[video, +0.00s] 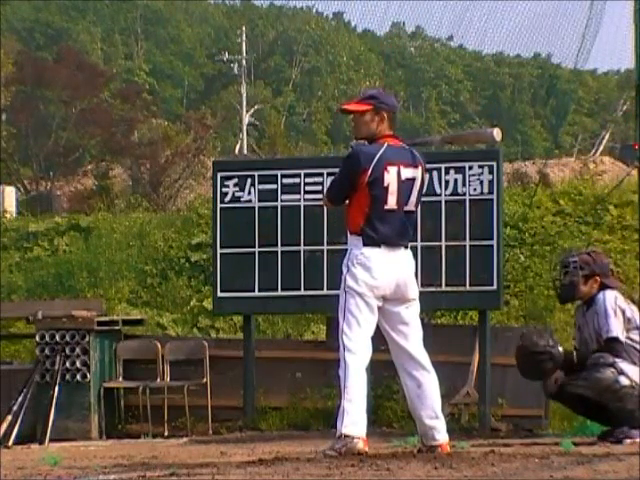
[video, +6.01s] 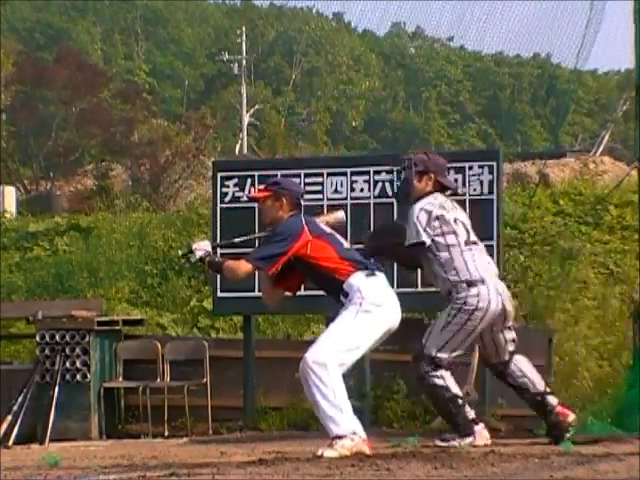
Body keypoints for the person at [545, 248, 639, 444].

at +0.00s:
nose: (566, 282)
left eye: (574, 277)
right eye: (566, 276)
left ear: (595, 282)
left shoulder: (607, 299)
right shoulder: (581, 311)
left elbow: (615, 349)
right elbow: (584, 356)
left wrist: (570, 362)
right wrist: (559, 367)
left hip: (634, 371)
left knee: (601, 370)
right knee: (557, 385)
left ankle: (632, 425)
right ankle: (618, 424)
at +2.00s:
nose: (577, 279)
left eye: (584, 273)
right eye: (577, 274)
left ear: (607, 278)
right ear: (604, 279)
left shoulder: (621, 299)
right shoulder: (598, 307)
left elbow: (623, 351)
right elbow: (592, 346)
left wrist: (577, 353)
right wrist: (565, 343)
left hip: (635, 375)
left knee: (605, 367)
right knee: (557, 379)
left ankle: (634, 426)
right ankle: (619, 424)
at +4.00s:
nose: (555, 287)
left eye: (563, 282)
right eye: (556, 281)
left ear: (585, 289)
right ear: (585, 290)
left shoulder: (587, 312)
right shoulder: (601, 309)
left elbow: (572, 357)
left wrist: (527, 341)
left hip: (629, 398)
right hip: (631, 394)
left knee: (552, 374)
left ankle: (606, 426)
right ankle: (624, 422)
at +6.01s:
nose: (409, 181)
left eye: (415, 176)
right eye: (410, 175)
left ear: (430, 180)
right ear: (434, 181)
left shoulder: (421, 209)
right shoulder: (453, 206)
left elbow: (415, 259)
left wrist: (384, 247)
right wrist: (394, 244)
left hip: (471, 297)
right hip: (498, 293)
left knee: (429, 363)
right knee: (503, 359)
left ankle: (470, 430)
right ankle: (554, 411)